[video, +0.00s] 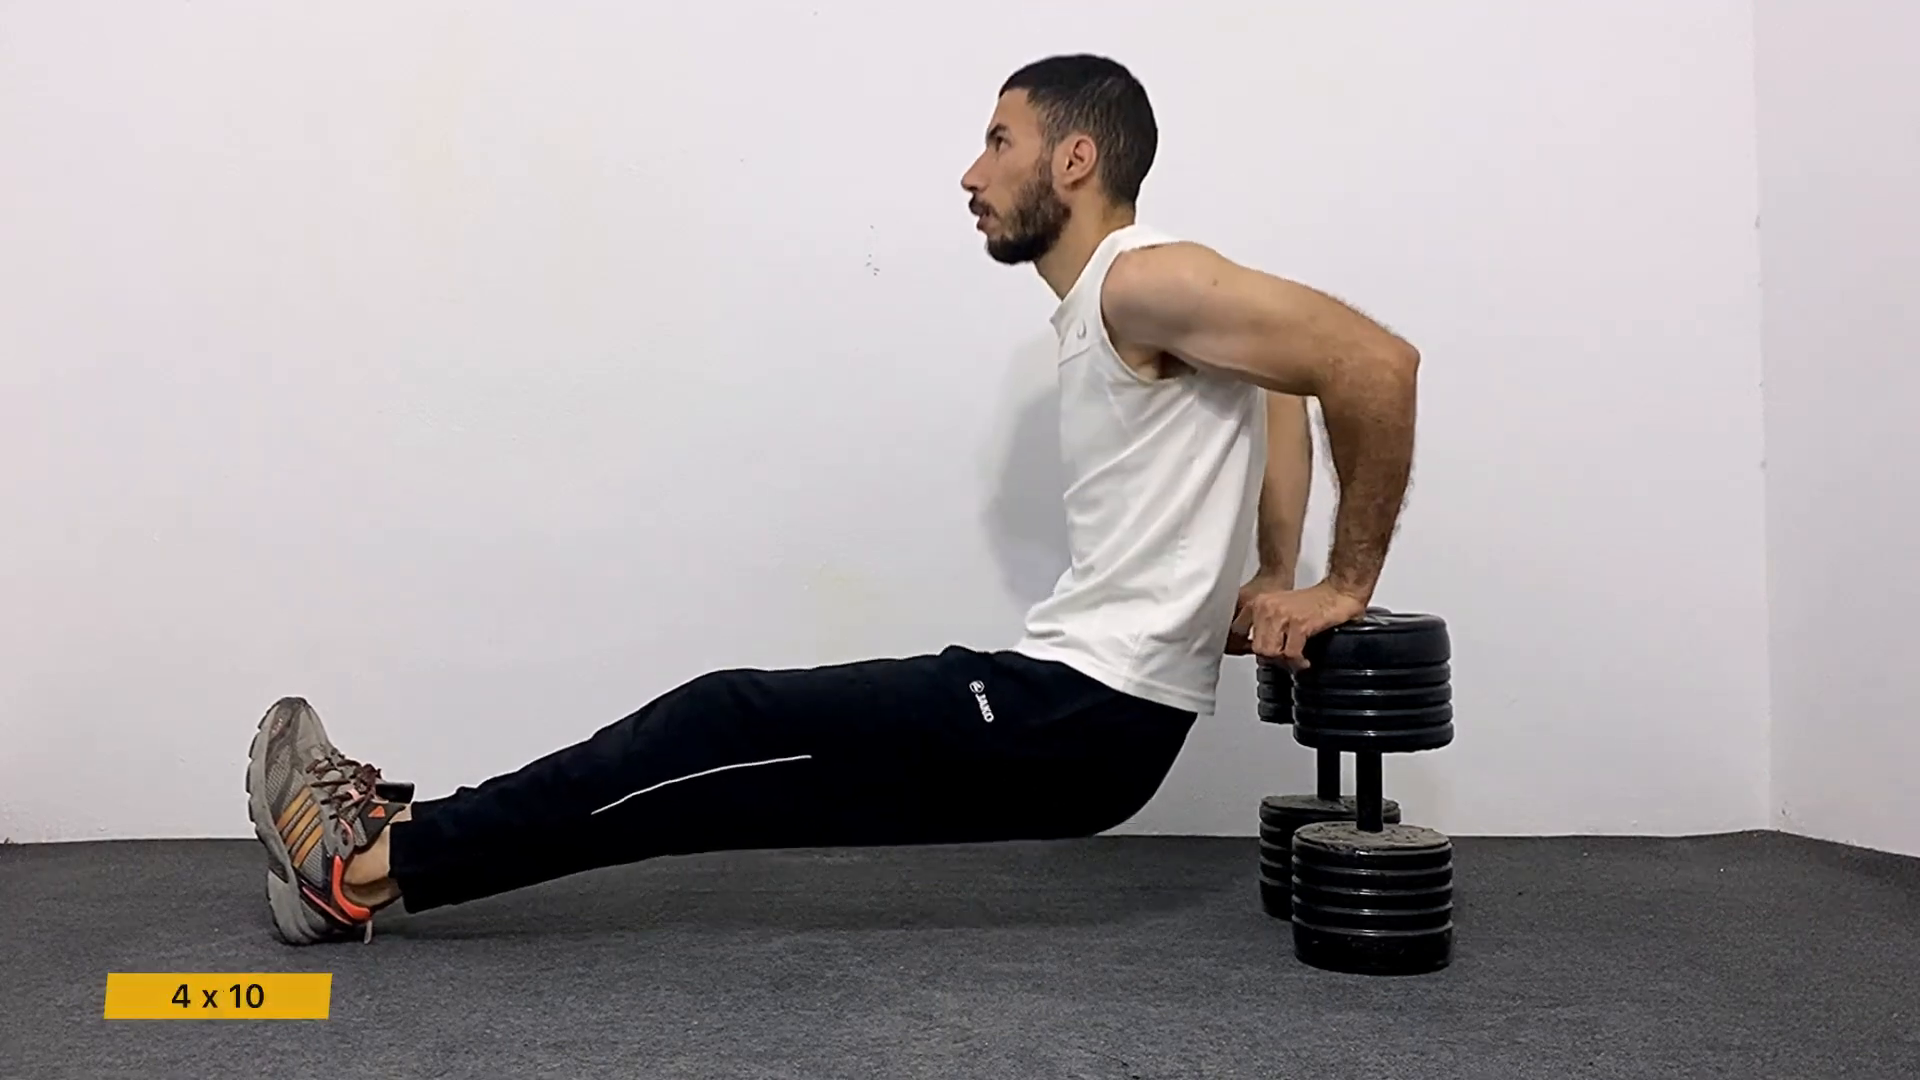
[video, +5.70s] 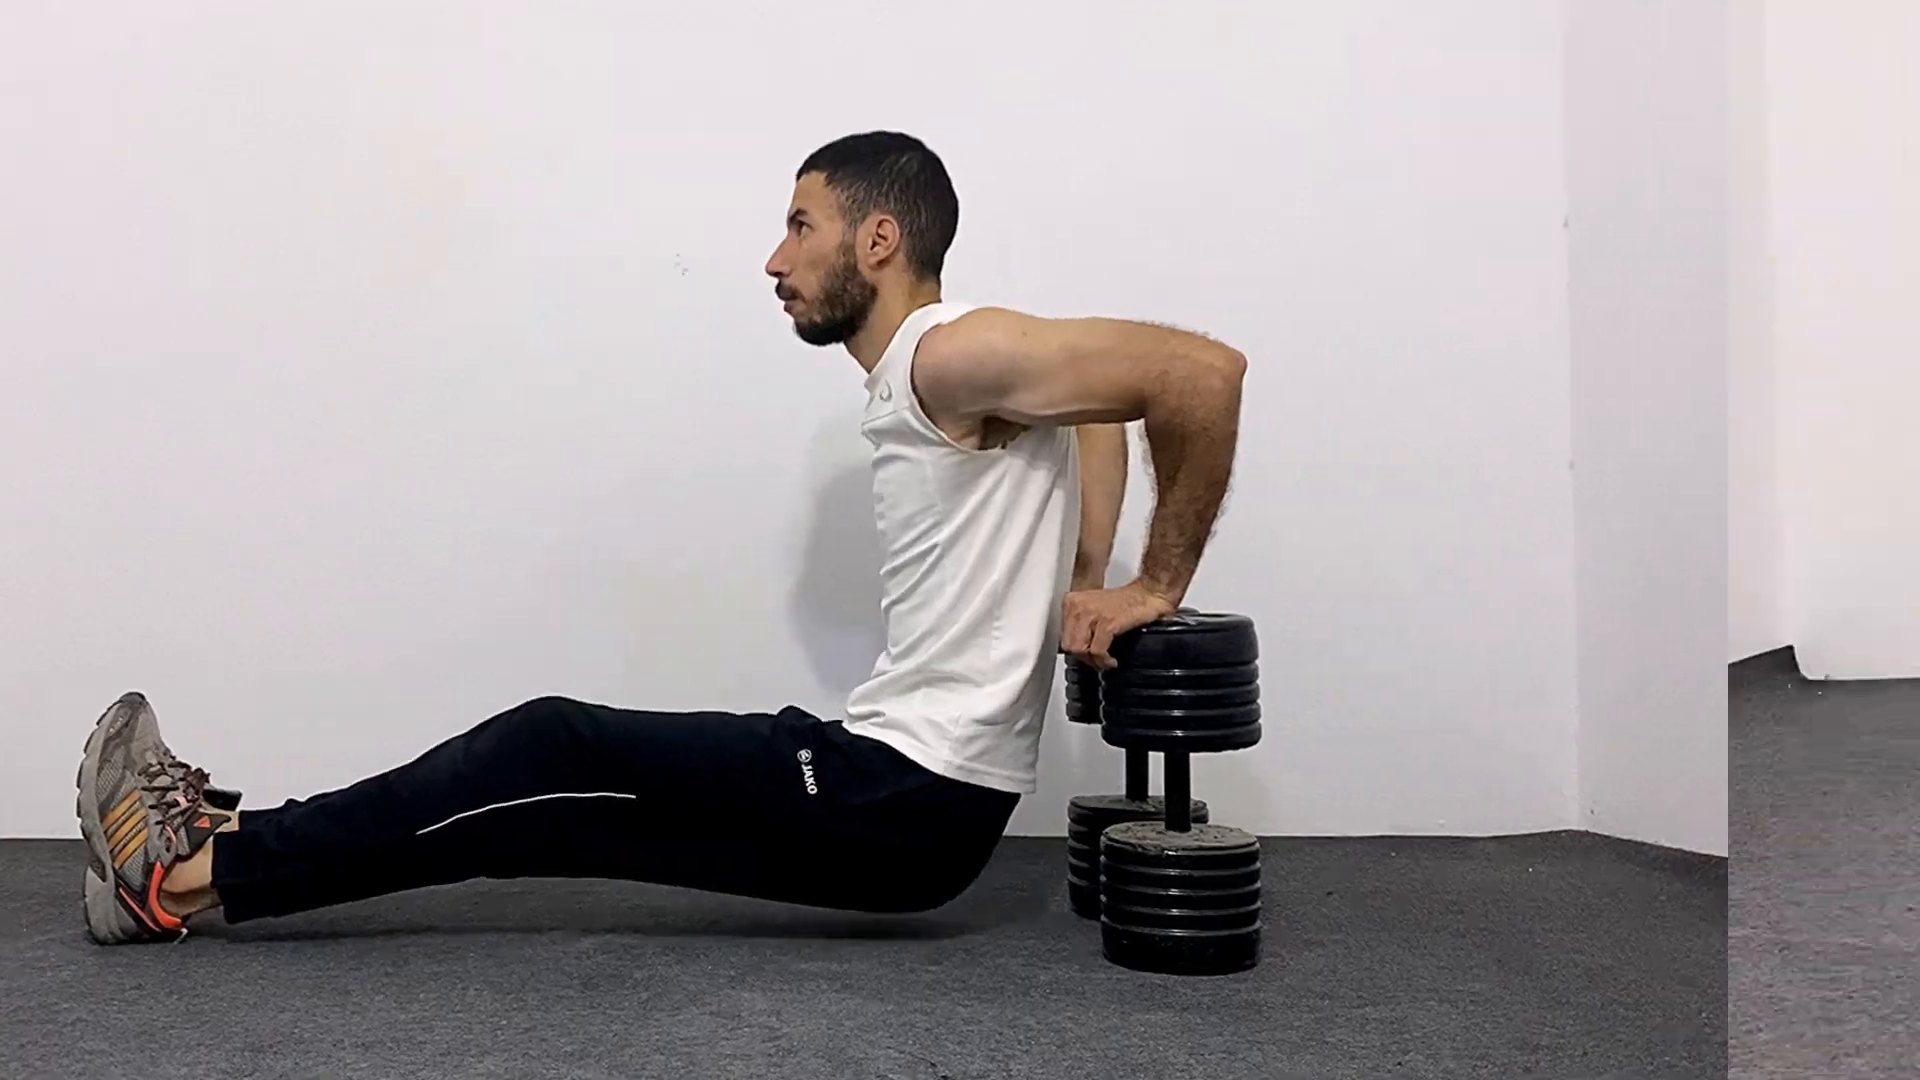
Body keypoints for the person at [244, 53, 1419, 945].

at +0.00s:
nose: (972, 169)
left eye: (996, 142)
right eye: (981, 142)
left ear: (1080, 158)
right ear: (1081, 164)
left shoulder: (1143, 288)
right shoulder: (1120, 296)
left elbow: (1375, 364)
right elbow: (1288, 382)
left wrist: (1348, 586)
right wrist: (1274, 577)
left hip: (1087, 710)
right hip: (1072, 699)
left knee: (721, 725)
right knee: (717, 740)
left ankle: (381, 868)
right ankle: (403, 844)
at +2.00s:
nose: (964, 248)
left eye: (987, 216)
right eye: (973, 219)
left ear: (1074, 227)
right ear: (1077, 228)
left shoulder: (1136, 345)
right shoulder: (1126, 345)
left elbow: (1391, 375)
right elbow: (1295, 391)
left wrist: (1355, 585)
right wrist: (1279, 575)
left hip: (1097, 776)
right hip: (1078, 760)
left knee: (741, 742)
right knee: (736, 795)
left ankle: (386, 869)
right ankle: (416, 848)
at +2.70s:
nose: (990, 121)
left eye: (1013, 89)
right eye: (996, 91)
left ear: (1100, 95)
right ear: (1097, 101)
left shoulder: (1167, 222)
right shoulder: (1139, 246)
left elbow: (1368, 361)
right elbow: (1285, 417)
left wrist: (1350, 587)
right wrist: (1271, 589)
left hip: (1091, 656)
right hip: (1072, 644)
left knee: (739, 734)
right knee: (739, 731)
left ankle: (392, 875)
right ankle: (415, 847)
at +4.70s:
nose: (1022, 51)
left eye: (1041, 17)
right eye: (1026, 22)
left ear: (1126, 19)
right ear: (1111, 27)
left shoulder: (1188, 144)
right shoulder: (1149, 165)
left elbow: (1312, 358)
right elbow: (1251, 382)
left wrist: (1347, 580)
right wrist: (1267, 572)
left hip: (1063, 593)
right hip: (1045, 579)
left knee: (718, 711)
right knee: (714, 699)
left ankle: (380, 877)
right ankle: (420, 840)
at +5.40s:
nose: (985, 201)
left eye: (1006, 168)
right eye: (990, 172)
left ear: (1093, 175)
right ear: (1097, 180)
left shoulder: (1156, 301)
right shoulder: (1135, 304)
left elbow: (1397, 369)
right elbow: (1302, 378)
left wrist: (1354, 588)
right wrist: (1283, 573)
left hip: (1099, 737)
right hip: (1079, 723)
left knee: (737, 736)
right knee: (733, 760)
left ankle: (387, 878)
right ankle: (422, 849)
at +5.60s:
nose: (919, 245)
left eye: (943, 213)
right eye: (927, 216)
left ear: (1029, 224)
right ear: (1030, 226)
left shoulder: (1090, 342)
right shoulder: (1073, 347)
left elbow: (1345, 377)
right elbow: (1241, 391)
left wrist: (1299, 587)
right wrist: (1225, 575)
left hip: (1046, 778)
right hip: (1028, 763)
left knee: (686, 738)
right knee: (681, 788)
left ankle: (337, 872)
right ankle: (364, 852)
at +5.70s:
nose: (777, 261)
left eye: (798, 229)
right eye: (784, 232)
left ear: (882, 238)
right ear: (888, 240)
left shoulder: (947, 354)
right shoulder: (936, 359)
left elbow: (1204, 378)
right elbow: (1103, 395)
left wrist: (1161, 591)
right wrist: (1089, 573)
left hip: (906, 792)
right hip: (900, 786)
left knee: (547, 742)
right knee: (536, 800)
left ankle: (194, 876)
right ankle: (228, 850)